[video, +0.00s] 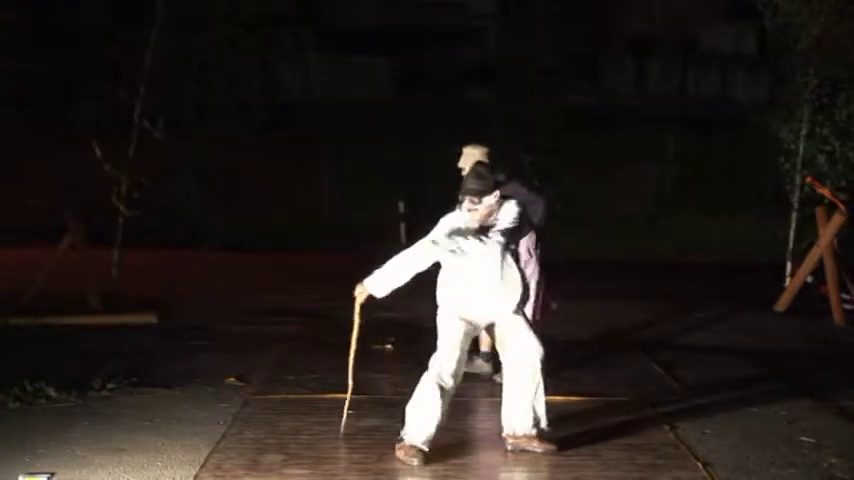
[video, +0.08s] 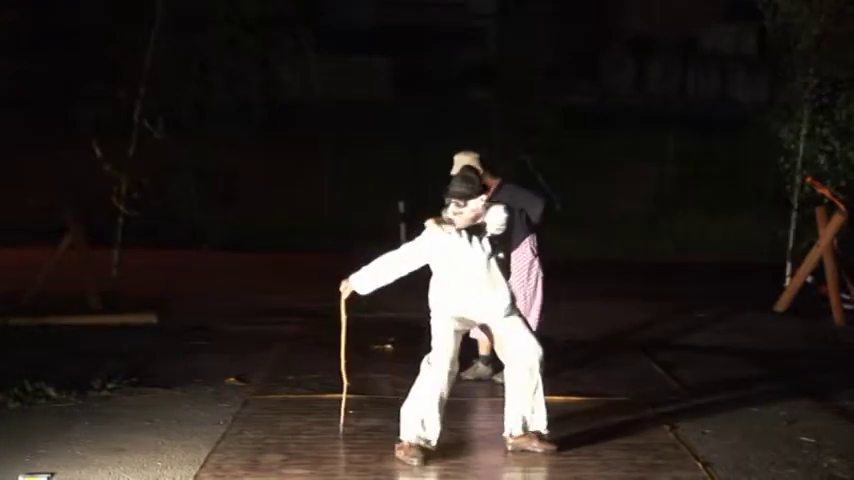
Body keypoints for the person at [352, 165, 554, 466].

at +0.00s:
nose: (476, 212)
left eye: (482, 205)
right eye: (471, 205)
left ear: (494, 201)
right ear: (467, 203)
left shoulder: (506, 218)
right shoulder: (450, 229)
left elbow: (532, 208)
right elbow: (413, 258)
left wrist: (515, 192)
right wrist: (372, 285)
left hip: (502, 310)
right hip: (458, 312)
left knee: (528, 353)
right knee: (446, 366)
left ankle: (520, 432)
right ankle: (413, 440)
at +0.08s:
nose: (462, 208)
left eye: (470, 202)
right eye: (460, 202)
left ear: (479, 205)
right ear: (452, 204)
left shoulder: (487, 229)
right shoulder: (437, 236)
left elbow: (502, 216)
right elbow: (398, 260)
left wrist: (484, 211)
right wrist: (357, 282)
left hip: (495, 310)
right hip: (450, 314)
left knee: (527, 353)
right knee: (442, 366)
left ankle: (519, 433)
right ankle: (411, 439)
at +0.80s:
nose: (492, 217)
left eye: (495, 210)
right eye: (485, 211)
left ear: (498, 208)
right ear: (467, 207)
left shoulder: (503, 237)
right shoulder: (438, 232)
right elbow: (389, 252)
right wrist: (352, 283)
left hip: (477, 302)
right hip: (433, 303)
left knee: (514, 356)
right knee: (426, 363)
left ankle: (529, 425)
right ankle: (411, 436)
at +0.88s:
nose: (501, 215)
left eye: (502, 208)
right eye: (495, 209)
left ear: (503, 207)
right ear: (473, 205)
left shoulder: (502, 228)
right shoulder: (441, 229)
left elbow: (531, 239)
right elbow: (391, 250)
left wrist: (537, 255)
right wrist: (365, 285)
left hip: (479, 306)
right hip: (435, 309)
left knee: (517, 353)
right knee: (427, 365)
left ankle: (534, 426)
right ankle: (408, 438)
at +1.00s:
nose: (511, 206)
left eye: (513, 200)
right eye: (505, 199)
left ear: (515, 196)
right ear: (486, 194)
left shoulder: (517, 219)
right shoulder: (457, 219)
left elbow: (566, 206)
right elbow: (407, 232)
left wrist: (615, 194)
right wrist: (398, 275)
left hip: (490, 305)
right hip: (444, 305)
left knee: (517, 358)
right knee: (432, 365)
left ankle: (535, 424)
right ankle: (409, 437)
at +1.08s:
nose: (529, 200)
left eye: (530, 194)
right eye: (523, 195)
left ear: (531, 191)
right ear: (503, 193)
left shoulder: (535, 210)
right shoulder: (473, 213)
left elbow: (581, 182)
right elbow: (424, 220)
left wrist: (622, 164)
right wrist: (420, 265)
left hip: (495, 301)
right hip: (450, 298)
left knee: (520, 359)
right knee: (435, 361)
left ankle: (544, 421)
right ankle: (413, 434)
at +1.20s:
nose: (509, 170)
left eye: (517, 166)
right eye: (505, 163)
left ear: (528, 170)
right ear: (496, 165)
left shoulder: (538, 211)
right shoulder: (477, 202)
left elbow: (551, 196)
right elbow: (454, 217)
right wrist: (458, 253)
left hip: (512, 296)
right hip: (466, 291)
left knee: (535, 355)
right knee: (444, 356)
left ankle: (555, 420)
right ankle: (422, 430)